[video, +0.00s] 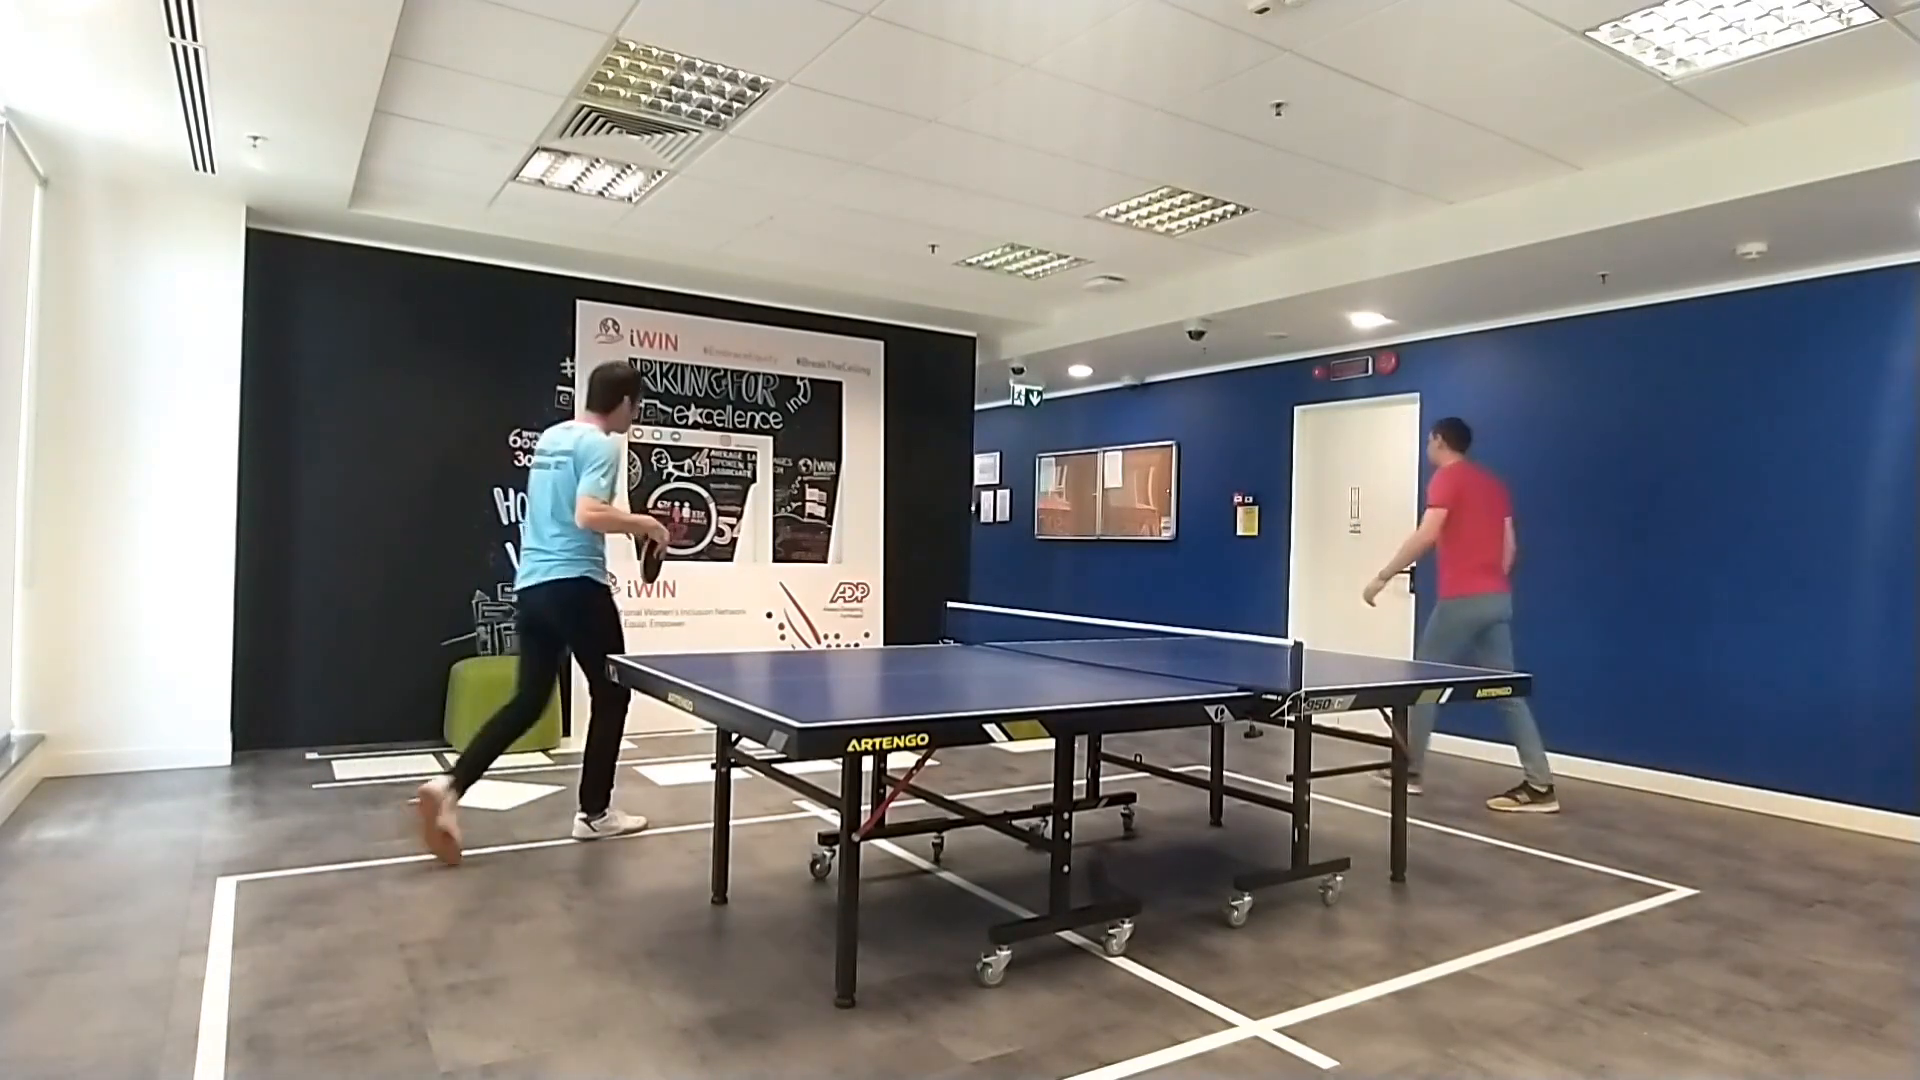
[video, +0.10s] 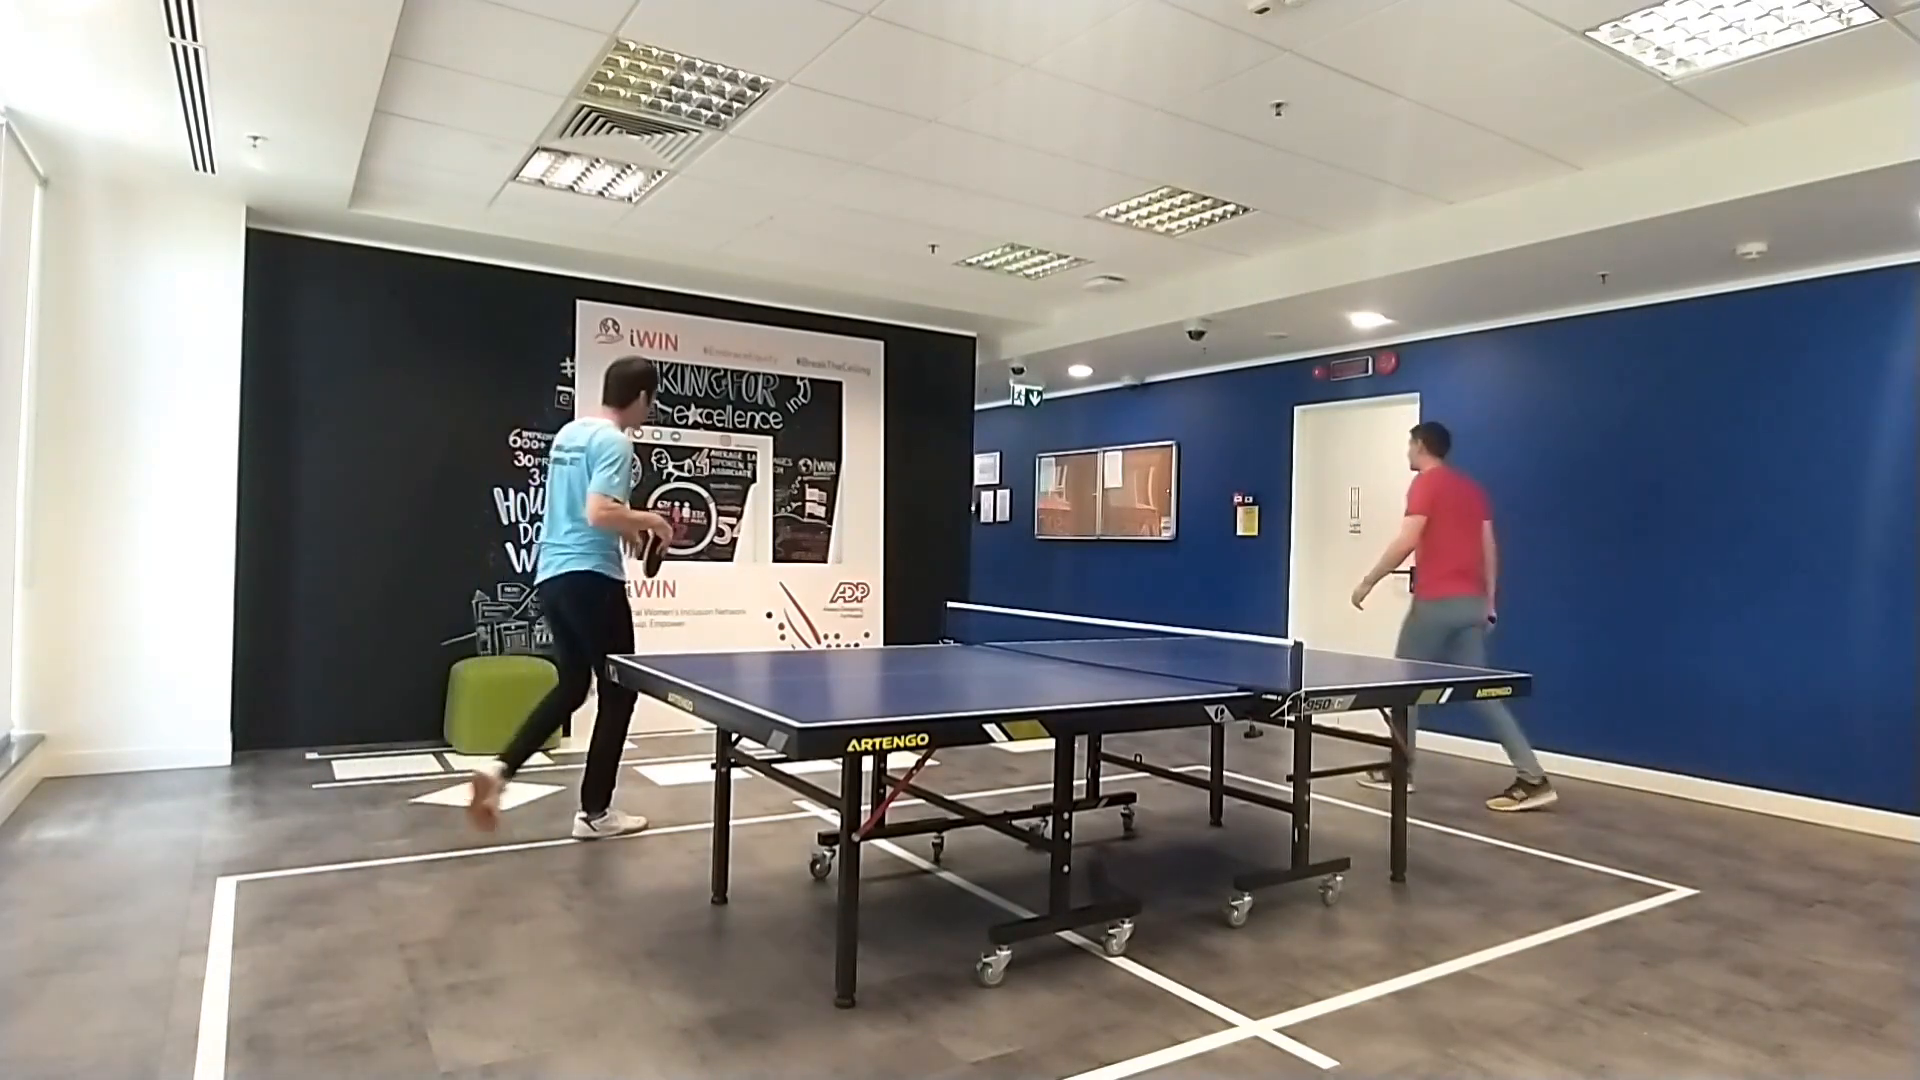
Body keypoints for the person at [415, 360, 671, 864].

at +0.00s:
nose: (636, 415)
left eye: (636, 406)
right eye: (636, 406)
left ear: (592, 397)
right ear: (624, 403)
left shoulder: (550, 437)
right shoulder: (602, 445)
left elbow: (555, 512)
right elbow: (588, 512)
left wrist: (633, 520)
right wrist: (646, 524)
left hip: (533, 590)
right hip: (579, 589)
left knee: (529, 701)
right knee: (612, 695)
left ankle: (446, 790)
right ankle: (595, 813)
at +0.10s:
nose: (652, 410)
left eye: (652, 400)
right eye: (652, 400)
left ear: (608, 393)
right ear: (640, 398)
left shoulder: (567, 435)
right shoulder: (613, 441)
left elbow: (578, 513)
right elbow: (599, 511)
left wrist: (630, 524)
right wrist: (651, 521)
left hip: (552, 579)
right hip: (591, 580)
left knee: (573, 685)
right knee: (620, 692)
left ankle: (499, 772)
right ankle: (595, 811)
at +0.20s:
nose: (662, 407)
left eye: (662, 398)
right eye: (662, 398)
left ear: (619, 390)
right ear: (651, 396)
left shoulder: (582, 432)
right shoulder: (623, 437)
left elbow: (556, 500)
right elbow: (605, 504)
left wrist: (617, 515)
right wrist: (655, 514)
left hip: (572, 572)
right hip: (604, 574)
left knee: (604, 674)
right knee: (623, 686)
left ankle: (547, 771)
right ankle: (595, 812)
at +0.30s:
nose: (673, 411)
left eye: (673, 402)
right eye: (673, 402)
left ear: (632, 393)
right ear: (663, 400)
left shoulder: (598, 434)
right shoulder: (629, 437)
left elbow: (563, 500)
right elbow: (606, 501)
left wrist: (624, 517)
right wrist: (656, 516)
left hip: (590, 570)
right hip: (612, 572)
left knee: (620, 681)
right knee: (626, 683)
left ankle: (595, 781)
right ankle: (595, 810)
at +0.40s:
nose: (680, 419)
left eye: (681, 410)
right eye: (681, 410)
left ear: (640, 400)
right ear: (671, 408)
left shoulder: (611, 438)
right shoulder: (632, 443)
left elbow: (572, 499)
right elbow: (593, 496)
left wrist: (625, 522)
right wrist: (644, 521)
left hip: (608, 571)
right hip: (616, 573)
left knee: (637, 676)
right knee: (630, 685)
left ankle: (630, 763)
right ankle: (593, 810)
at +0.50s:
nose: (686, 428)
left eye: (687, 421)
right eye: (687, 420)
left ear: (653, 411)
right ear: (674, 418)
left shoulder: (641, 454)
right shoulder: (626, 449)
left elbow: (605, 504)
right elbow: (578, 497)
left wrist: (654, 529)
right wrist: (627, 530)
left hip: (638, 581)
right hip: (625, 581)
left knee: (651, 678)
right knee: (641, 687)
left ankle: (630, 766)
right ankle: (593, 808)